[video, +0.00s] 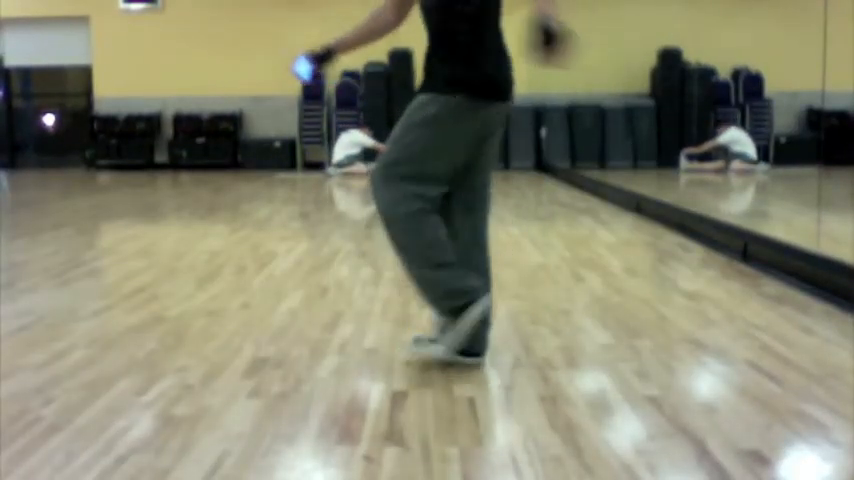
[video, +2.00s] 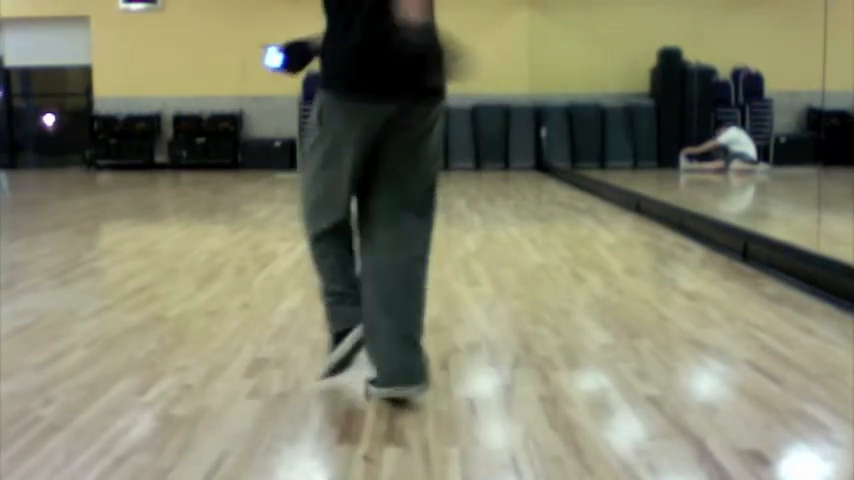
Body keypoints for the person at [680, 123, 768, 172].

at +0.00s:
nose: (719, 133)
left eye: (720, 130)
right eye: (719, 131)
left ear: (725, 128)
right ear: (728, 126)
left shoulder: (731, 132)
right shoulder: (733, 132)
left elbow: (709, 146)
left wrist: (689, 151)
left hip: (746, 160)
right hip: (734, 159)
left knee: (733, 168)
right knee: (714, 166)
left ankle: (753, 171)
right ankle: (690, 166)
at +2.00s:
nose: (719, 135)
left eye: (719, 132)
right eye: (719, 133)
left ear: (723, 129)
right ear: (727, 127)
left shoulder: (732, 132)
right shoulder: (734, 132)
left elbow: (710, 146)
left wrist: (688, 151)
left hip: (744, 159)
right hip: (734, 159)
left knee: (733, 170)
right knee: (715, 165)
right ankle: (692, 166)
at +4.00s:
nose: (719, 135)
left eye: (720, 133)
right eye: (719, 133)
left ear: (723, 129)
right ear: (727, 127)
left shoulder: (731, 132)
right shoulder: (734, 132)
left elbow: (710, 146)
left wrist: (688, 151)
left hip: (744, 160)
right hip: (735, 159)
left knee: (733, 169)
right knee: (715, 165)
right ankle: (692, 166)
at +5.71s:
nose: (720, 136)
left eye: (720, 134)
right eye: (719, 134)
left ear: (722, 130)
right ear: (726, 128)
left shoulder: (730, 133)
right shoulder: (734, 131)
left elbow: (705, 148)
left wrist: (687, 151)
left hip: (746, 161)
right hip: (737, 159)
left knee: (733, 167)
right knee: (717, 164)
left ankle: (755, 169)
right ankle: (693, 166)